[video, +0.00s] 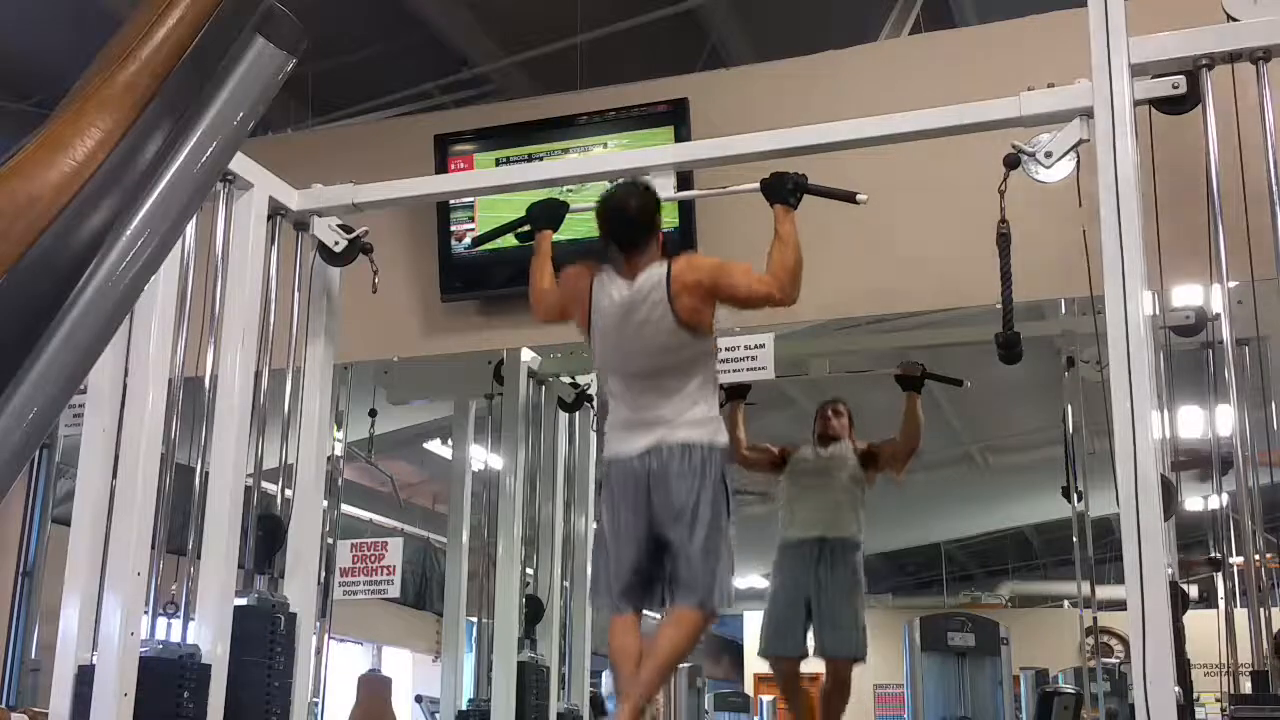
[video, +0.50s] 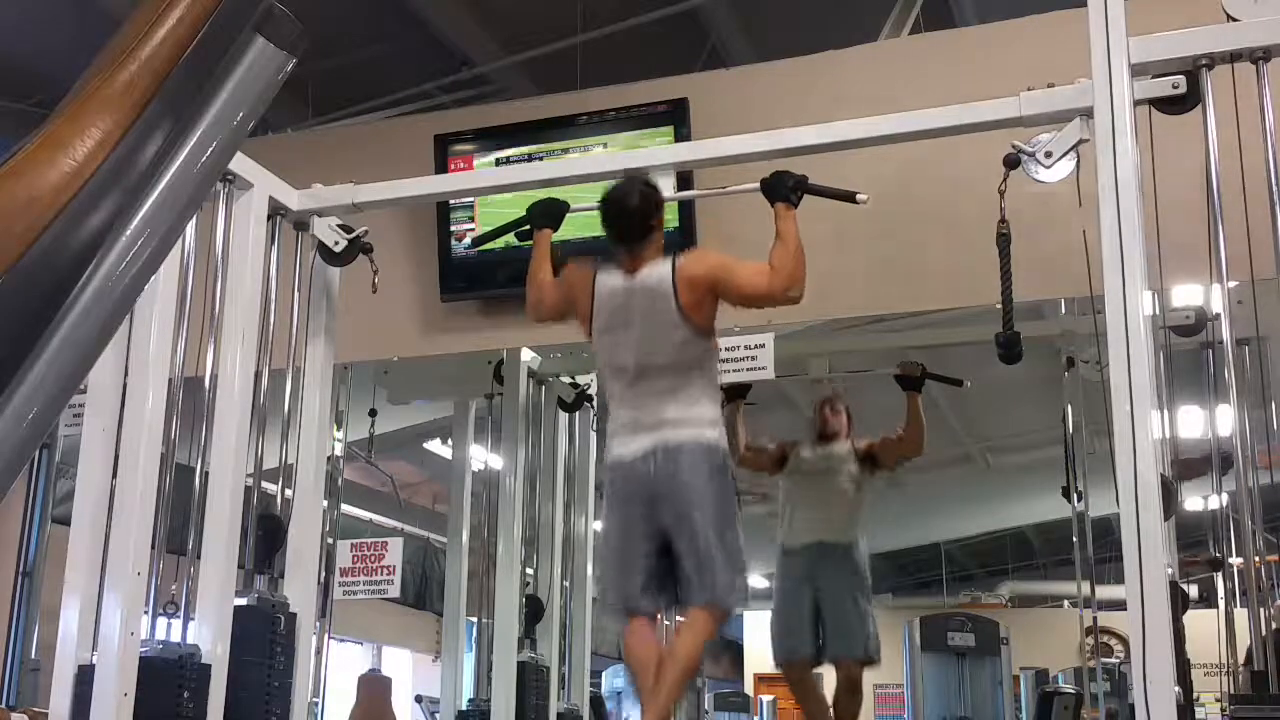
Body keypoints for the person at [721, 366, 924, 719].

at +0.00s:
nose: (828, 418)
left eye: (836, 414)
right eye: (822, 415)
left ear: (850, 426)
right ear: (813, 427)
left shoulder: (861, 454)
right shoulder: (793, 456)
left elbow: (906, 445)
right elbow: (741, 453)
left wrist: (912, 393)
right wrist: (735, 401)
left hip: (842, 556)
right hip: (792, 556)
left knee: (840, 663)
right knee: (781, 660)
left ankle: (829, 717)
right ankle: (806, 715)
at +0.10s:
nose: (825, 395)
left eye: (834, 391)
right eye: (820, 391)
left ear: (848, 402)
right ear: (813, 403)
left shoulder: (861, 431)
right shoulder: (793, 436)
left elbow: (908, 445)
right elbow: (742, 451)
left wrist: (913, 393)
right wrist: (737, 404)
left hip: (843, 535)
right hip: (795, 536)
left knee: (841, 639)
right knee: (785, 635)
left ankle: (826, 715)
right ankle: (815, 713)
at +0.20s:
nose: (827, 371)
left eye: (834, 368)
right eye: (820, 368)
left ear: (846, 384)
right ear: (810, 383)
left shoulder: (863, 413)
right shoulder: (789, 414)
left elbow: (906, 445)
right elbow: (744, 451)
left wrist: (913, 393)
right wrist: (737, 403)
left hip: (843, 513)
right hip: (796, 515)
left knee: (842, 622)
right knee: (789, 619)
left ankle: (828, 712)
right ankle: (825, 711)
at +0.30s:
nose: (831, 362)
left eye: (838, 363)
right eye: (825, 361)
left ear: (846, 381)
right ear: (812, 378)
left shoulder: (863, 409)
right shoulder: (789, 411)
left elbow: (906, 444)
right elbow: (746, 450)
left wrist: (912, 393)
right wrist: (738, 402)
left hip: (844, 510)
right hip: (796, 513)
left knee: (846, 620)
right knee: (793, 617)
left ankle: (832, 712)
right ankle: (830, 711)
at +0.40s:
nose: (823, 389)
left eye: (831, 383)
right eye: (817, 384)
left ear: (846, 394)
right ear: (809, 396)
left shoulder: (860, 428)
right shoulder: (789, 430)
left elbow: (910, 445)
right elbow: (741, 451)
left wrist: (913, 394)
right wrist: (734, 404)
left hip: (843, 533)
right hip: (794, 536)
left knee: (849, 639)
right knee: (795, 638)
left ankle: (840, 715)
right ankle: (832, 715)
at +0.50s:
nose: (828, 414)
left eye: (835, 409)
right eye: (822, 410)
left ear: (848, 421)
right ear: (814, 420)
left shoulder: (860, 452)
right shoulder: (792, 453)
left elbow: (912, 446)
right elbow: (742, 455)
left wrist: (912, 393)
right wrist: (734, 404)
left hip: (842, 561)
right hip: (794, 563)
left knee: (850, 668)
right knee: (794, 666)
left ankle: (845, 716)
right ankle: (824, 716)